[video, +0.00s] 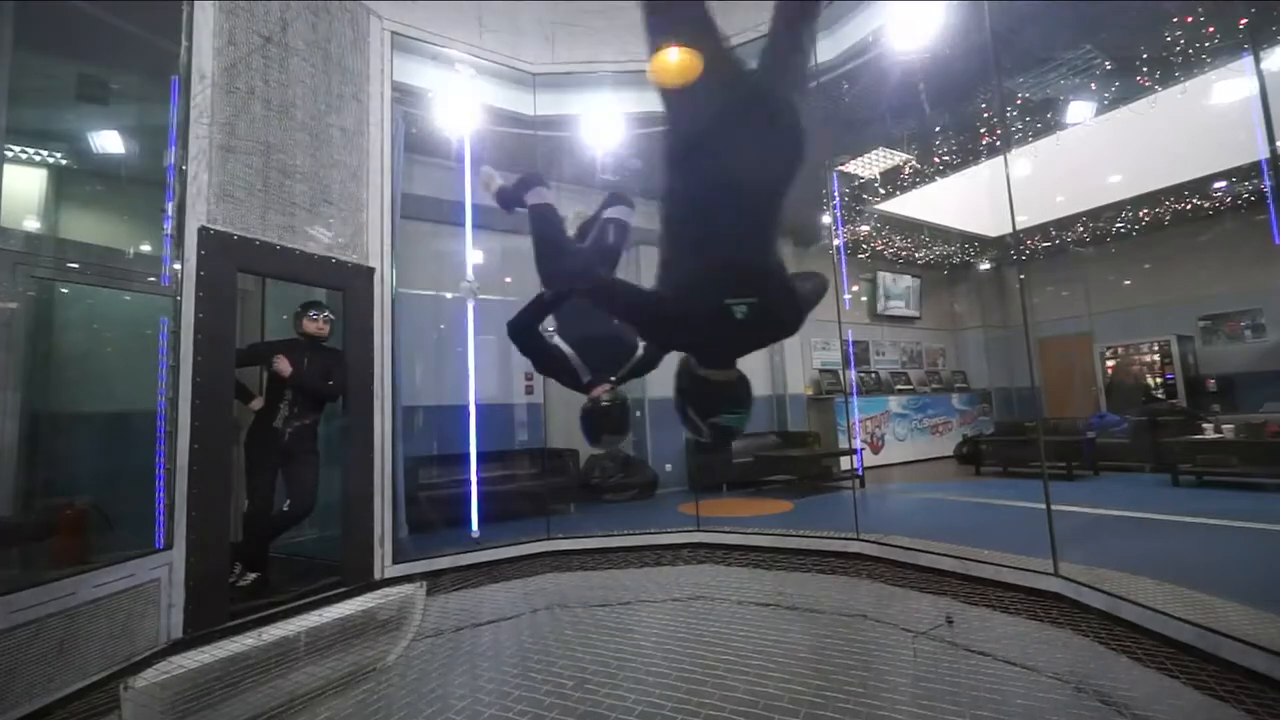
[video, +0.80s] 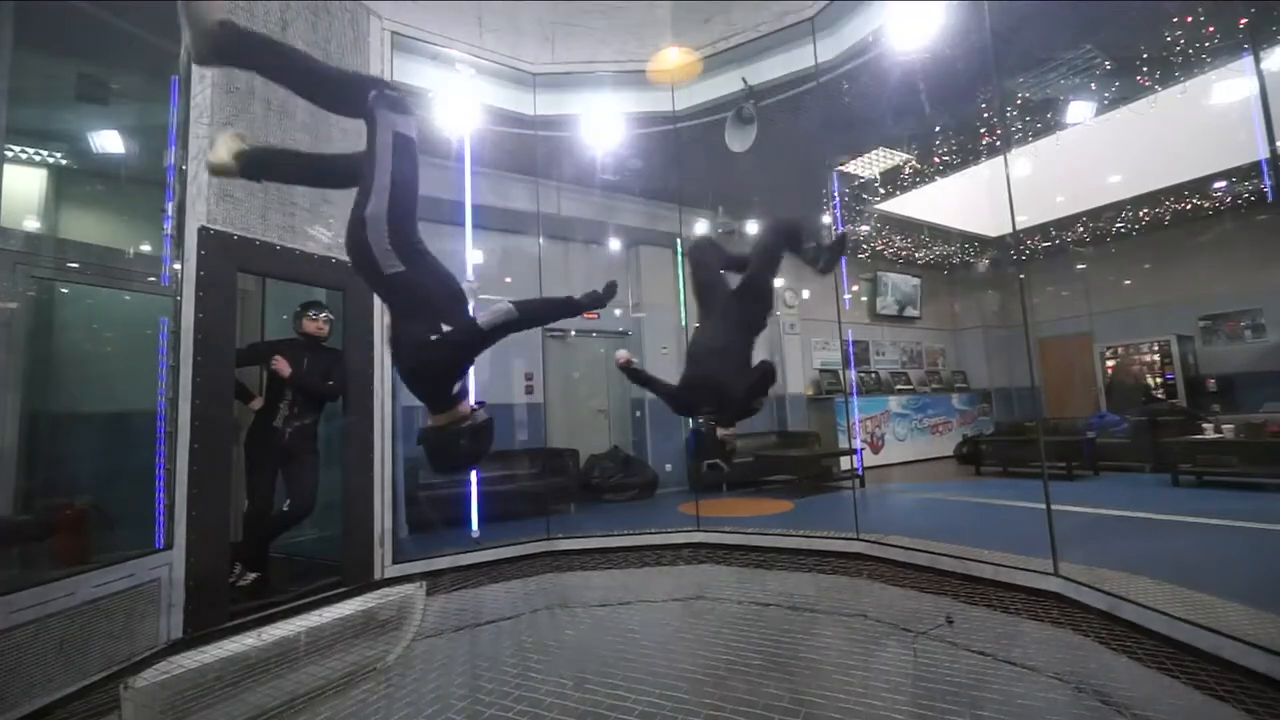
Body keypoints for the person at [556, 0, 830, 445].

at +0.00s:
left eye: (716, 432)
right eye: (699, 429)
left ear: (742, 394)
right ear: (684, 395)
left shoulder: (783, 320)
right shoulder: (664, 325)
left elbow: (820, 281)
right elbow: (564, 272)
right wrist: (536, 195)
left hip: (780, 126)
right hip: (702, 111)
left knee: (797, 21)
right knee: (667, 5)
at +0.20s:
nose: (756, 393)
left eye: (745, 399)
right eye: (756, 404)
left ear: (742, 389)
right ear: (759, 394)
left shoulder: (802, 348)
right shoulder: (747, 339)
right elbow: (677, 294)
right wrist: (626, 338)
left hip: (835, 194)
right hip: (795, 182)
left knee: (846, 70)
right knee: (759, 27)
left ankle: (967, 40)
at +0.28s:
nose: (778, 417)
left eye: (767, 419)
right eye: (775, 422)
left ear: (754, 401)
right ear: (767, 403)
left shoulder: (807, 358)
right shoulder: (784, 357)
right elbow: (710, 307)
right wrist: (673, 331)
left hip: (851, 203)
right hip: (823, 195)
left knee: (842, 102)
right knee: (784, 49)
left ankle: (969, 76)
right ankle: (862, 29)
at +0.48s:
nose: (773, 375)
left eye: (771, 381)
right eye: (775, 382)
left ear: (781, 374)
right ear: (790, 375)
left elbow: (749, 351)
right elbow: (757, 345)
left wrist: (713, 357)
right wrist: (721, 366)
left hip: (837, 251)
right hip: (834, 243)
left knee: (839, 177)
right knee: (829, 123)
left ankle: (926, 169)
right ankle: (906, 129)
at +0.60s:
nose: (762, 429)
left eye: (755, 433)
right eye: (765, 437)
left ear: (744, 424)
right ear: (768, 430)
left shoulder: (744, 389)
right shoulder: (786, 392)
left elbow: (708, 365)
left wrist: (676, 355)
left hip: (782, 284)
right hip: (813, 278)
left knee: (798, 206)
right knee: (826, 168)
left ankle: (871, 220)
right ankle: (911, 190)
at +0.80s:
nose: (758, 407)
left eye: (756, 408)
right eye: (755, 409)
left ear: (712, 421)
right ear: (735, 419)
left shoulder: (686, 403)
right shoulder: (740, 402)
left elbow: (652, 384)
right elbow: (768, 368)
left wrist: (628, 368)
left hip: (713, 312)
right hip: (749, 315)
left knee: (700, 247)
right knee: (777, 229)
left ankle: (751, 264)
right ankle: (817, 257)